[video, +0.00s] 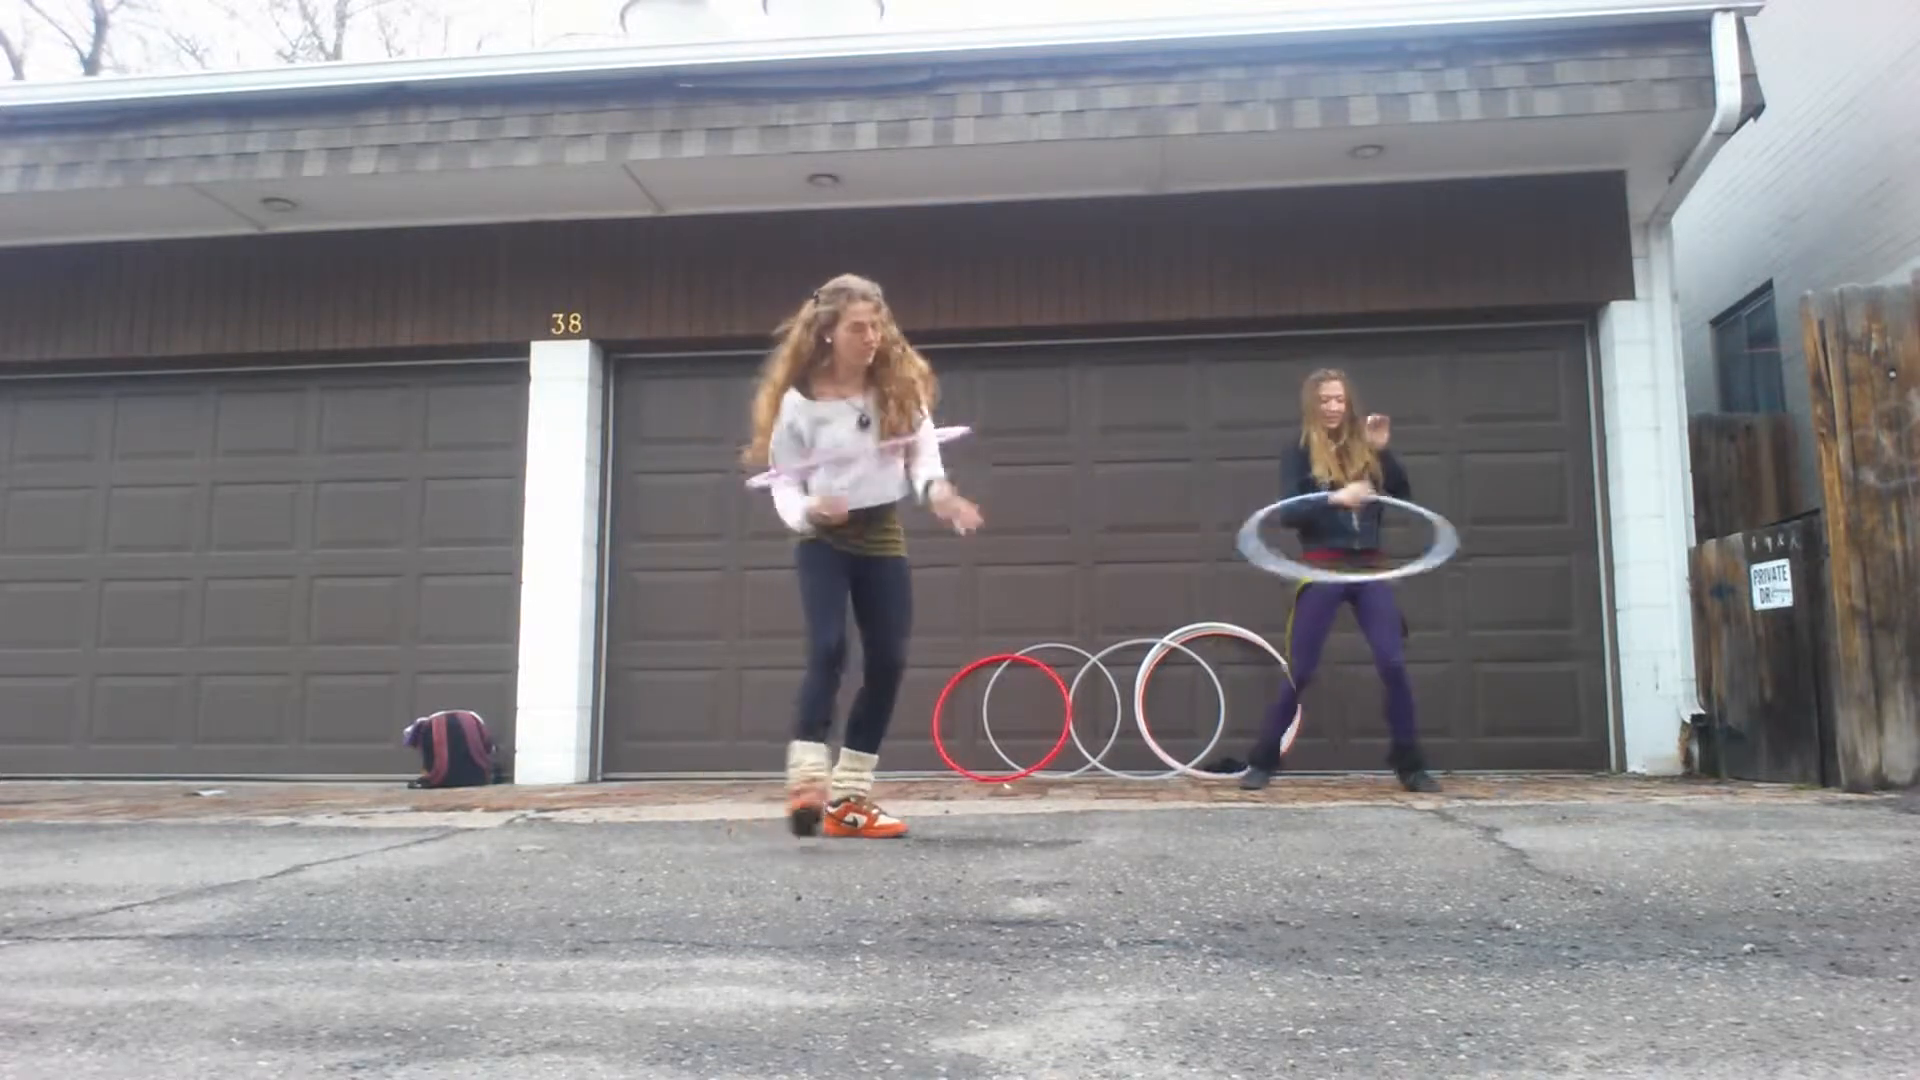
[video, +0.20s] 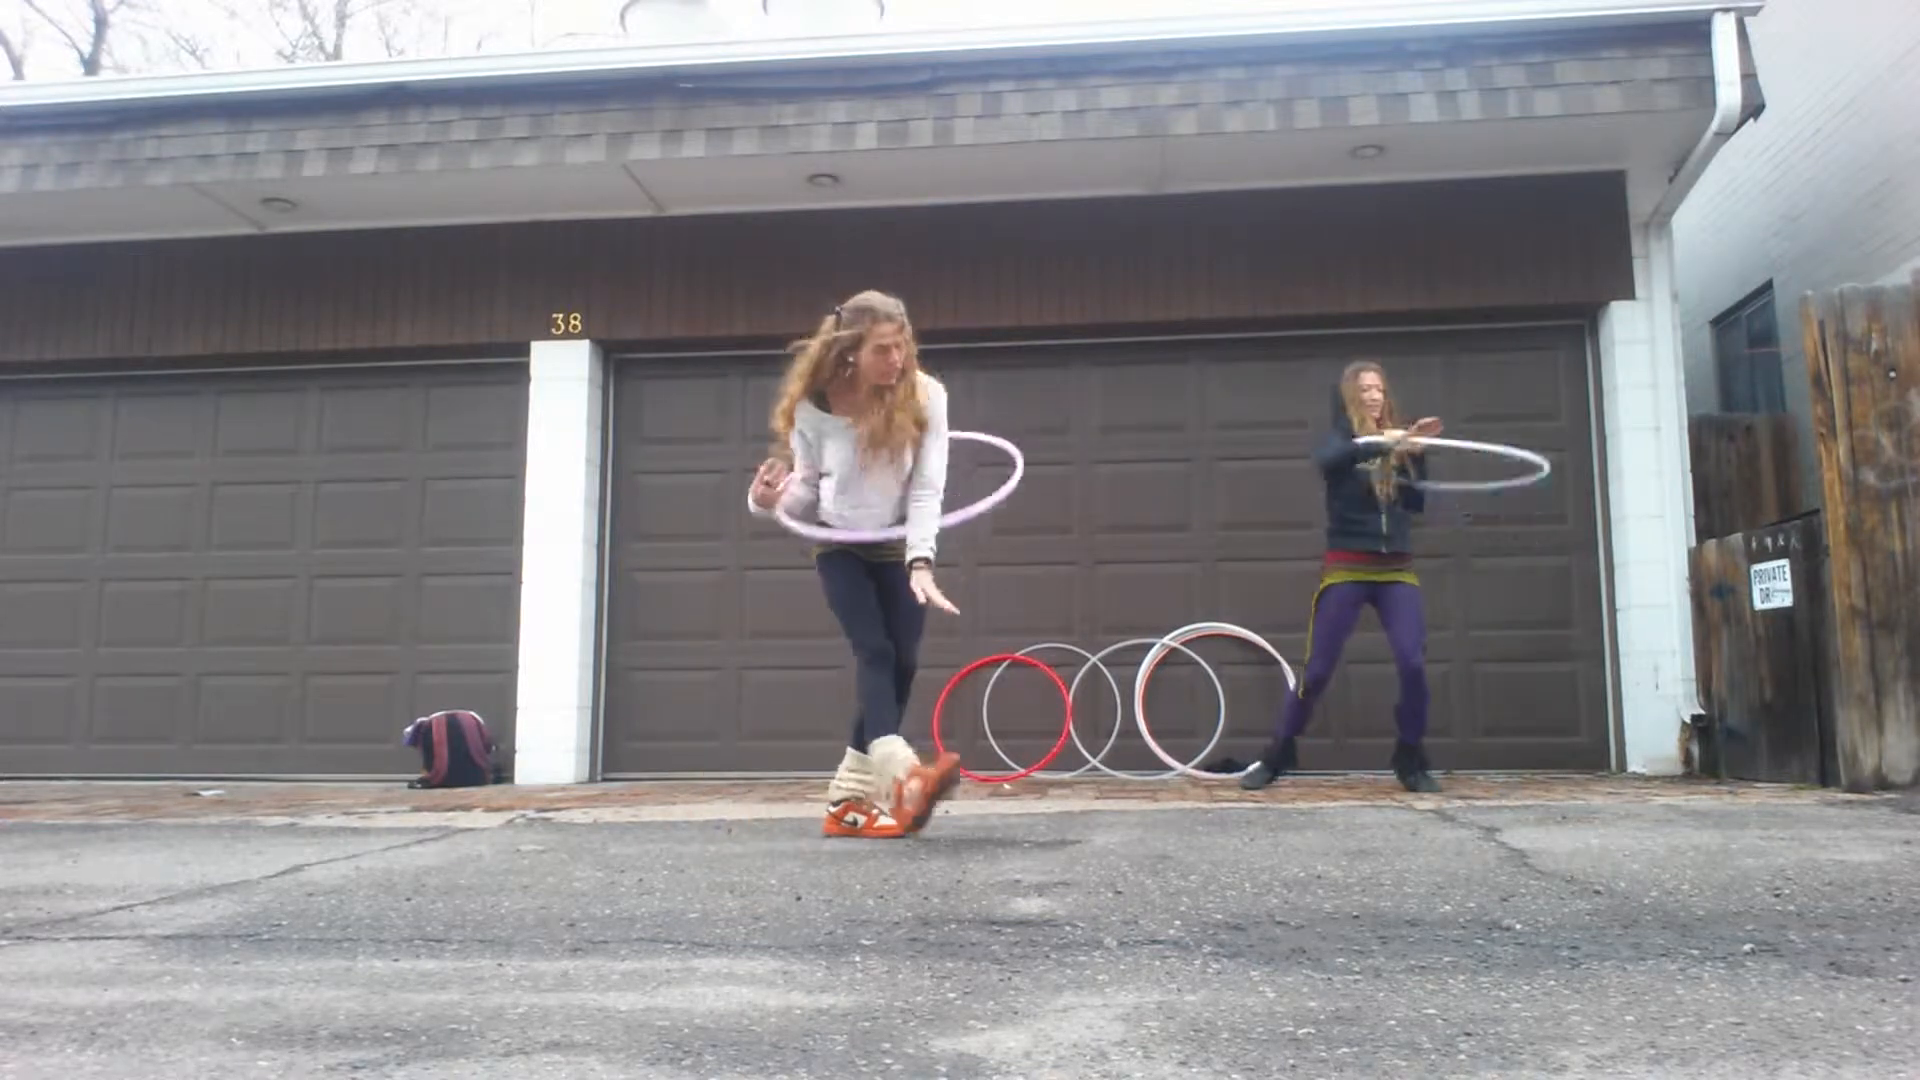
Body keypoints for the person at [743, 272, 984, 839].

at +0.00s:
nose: (871, 337)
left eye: (876, 326)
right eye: (857, 327)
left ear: (884, 331)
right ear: (827, 333)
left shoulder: (900, 391)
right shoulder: (798, 403)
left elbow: (925, 462)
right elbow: (785, 489)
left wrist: (942, 495)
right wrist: (808, 512)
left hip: (882, 538)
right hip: (822, 539)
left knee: (887, 663)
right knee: (829, 650)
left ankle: (850, 796)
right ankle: (807, 785)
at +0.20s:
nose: (897, 359)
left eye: (902, 347)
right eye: (882, 349)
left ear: (910, 345)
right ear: (848, 354)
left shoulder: (925, 396)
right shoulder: (811, 409)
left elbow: (928, 486)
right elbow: (806, 495)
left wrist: (921, 562)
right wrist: (771, 498)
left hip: (900, 547)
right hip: (840, 546)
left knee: (901, 665)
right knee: (875, 651)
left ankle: (850, 797)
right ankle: (902, 779)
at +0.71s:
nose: (994, 297)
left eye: (994, 287)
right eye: (992, 287)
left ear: (926, 278)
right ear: (976, 289)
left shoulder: (870, 330)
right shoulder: (987, 361)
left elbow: (856, 418)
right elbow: (976, 453)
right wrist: (982, 500)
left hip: (864, 503)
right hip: (936, 508)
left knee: (858, 643)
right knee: (934, 657)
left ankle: (866, 749)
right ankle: (922, 814)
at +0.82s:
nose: (903, 261)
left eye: (912, 254)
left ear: (917, 267)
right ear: (979, 281)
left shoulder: (877, 331)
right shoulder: (989, 355)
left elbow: (843, 421)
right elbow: (980, 450)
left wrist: (813, 449)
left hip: (888, 508)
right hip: (955, 512)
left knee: (862, 652)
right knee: (915, 654)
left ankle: (938, 743)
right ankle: (905, 807)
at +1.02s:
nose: (897, 280)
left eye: (908, 269)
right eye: (899, 267)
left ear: (941, 277)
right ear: (948, 277)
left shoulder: (937, 354)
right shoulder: (962, 346)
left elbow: (894, 452)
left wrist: (799, 479)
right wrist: (889, 381)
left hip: (948, 526)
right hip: (943, 524)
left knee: (941, 663)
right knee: (907, 664)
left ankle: (1016, 796)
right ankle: (908, 814)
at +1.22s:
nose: (910, 293)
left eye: (924, 283)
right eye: (904, 281)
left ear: (956, 294)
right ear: (894, 287)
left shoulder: (982, 370)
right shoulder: (885, 348)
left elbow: (990, 458)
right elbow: (882, 438)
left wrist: (960, 522)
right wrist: (807, 474)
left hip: (990, 519)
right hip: (931, 516)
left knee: (990, 662)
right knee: (906, 647)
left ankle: (1022, 802)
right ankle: (909, 800)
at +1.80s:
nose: (906, 296)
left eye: (906, 284)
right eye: (904, 284)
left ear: (836, 281)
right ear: (884, 283)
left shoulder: (803, 346)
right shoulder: (876, 352)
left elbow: (793, 444)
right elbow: (873, 460)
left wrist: (872, 447)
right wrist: (914, 489)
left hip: (791, 539)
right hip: (844, 541)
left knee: (833, 662)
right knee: (930, 665)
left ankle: (777, 785)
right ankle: (881, 823)